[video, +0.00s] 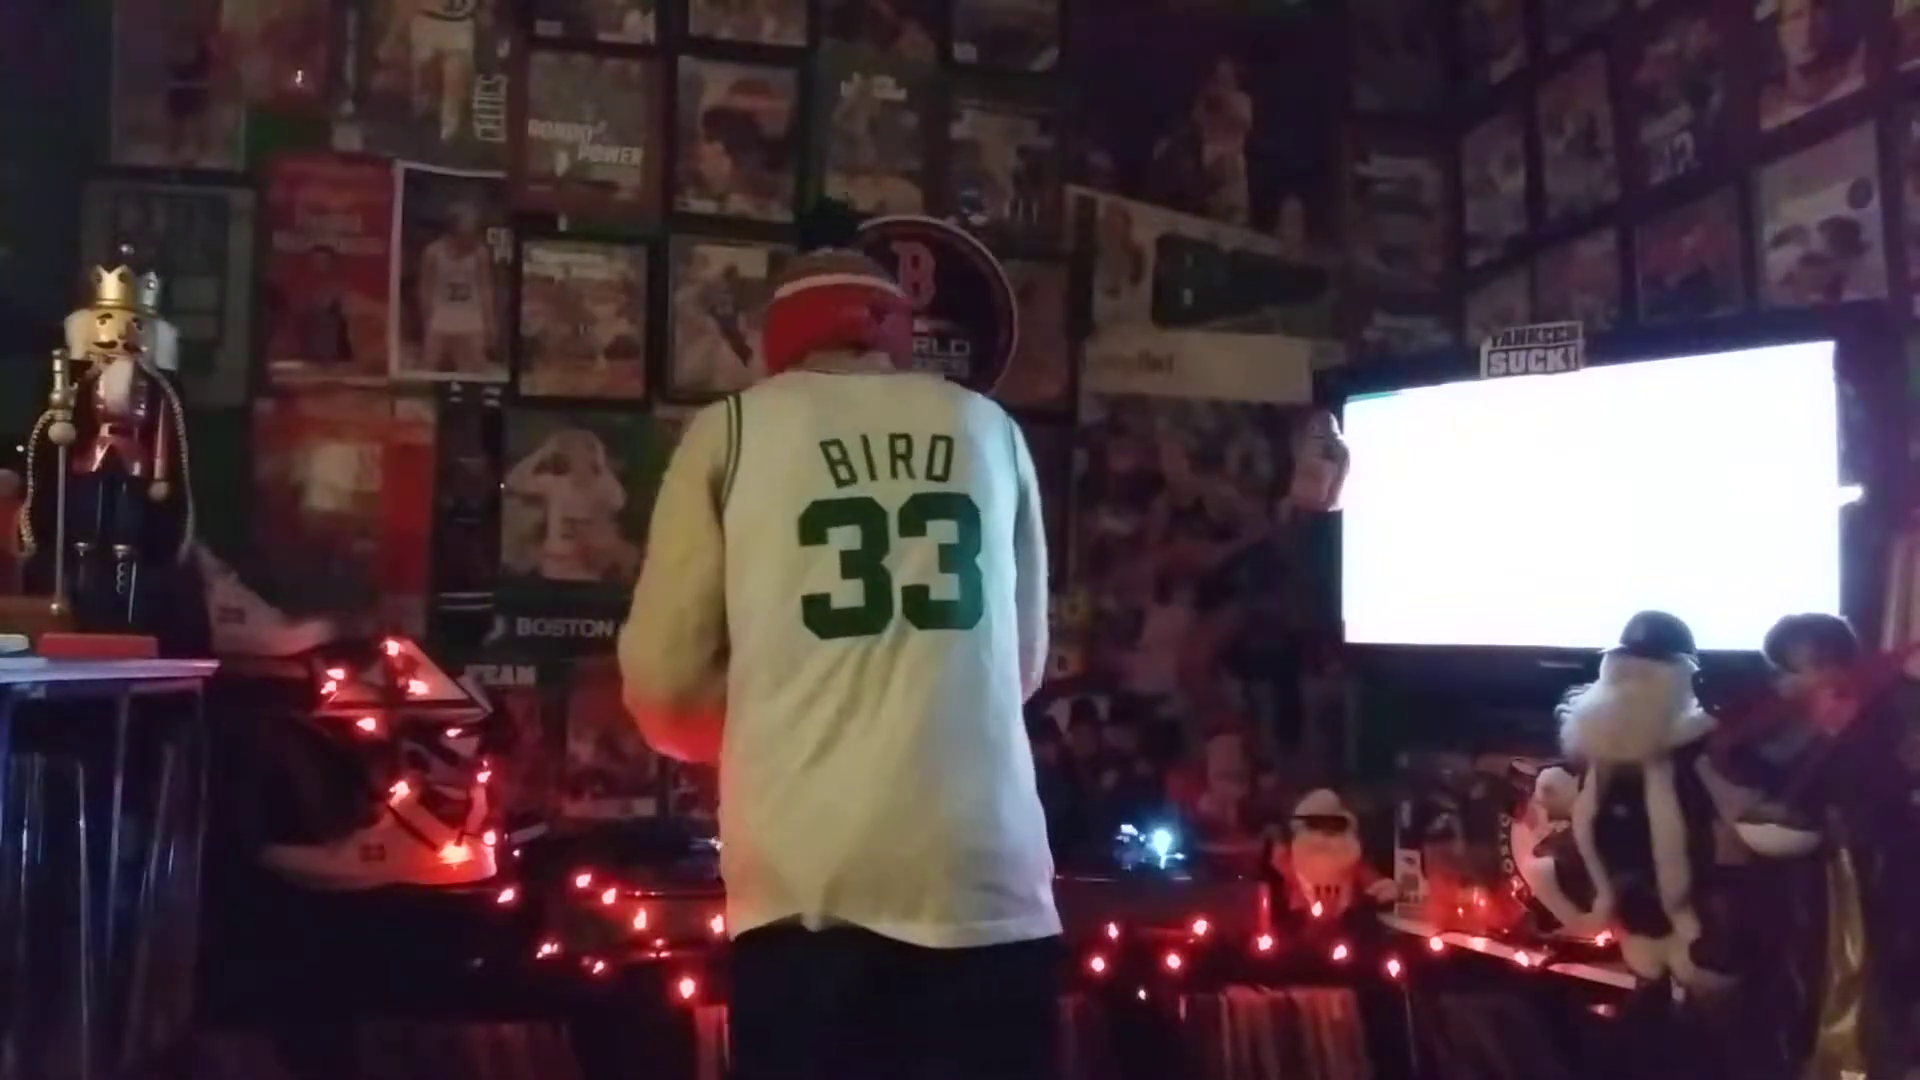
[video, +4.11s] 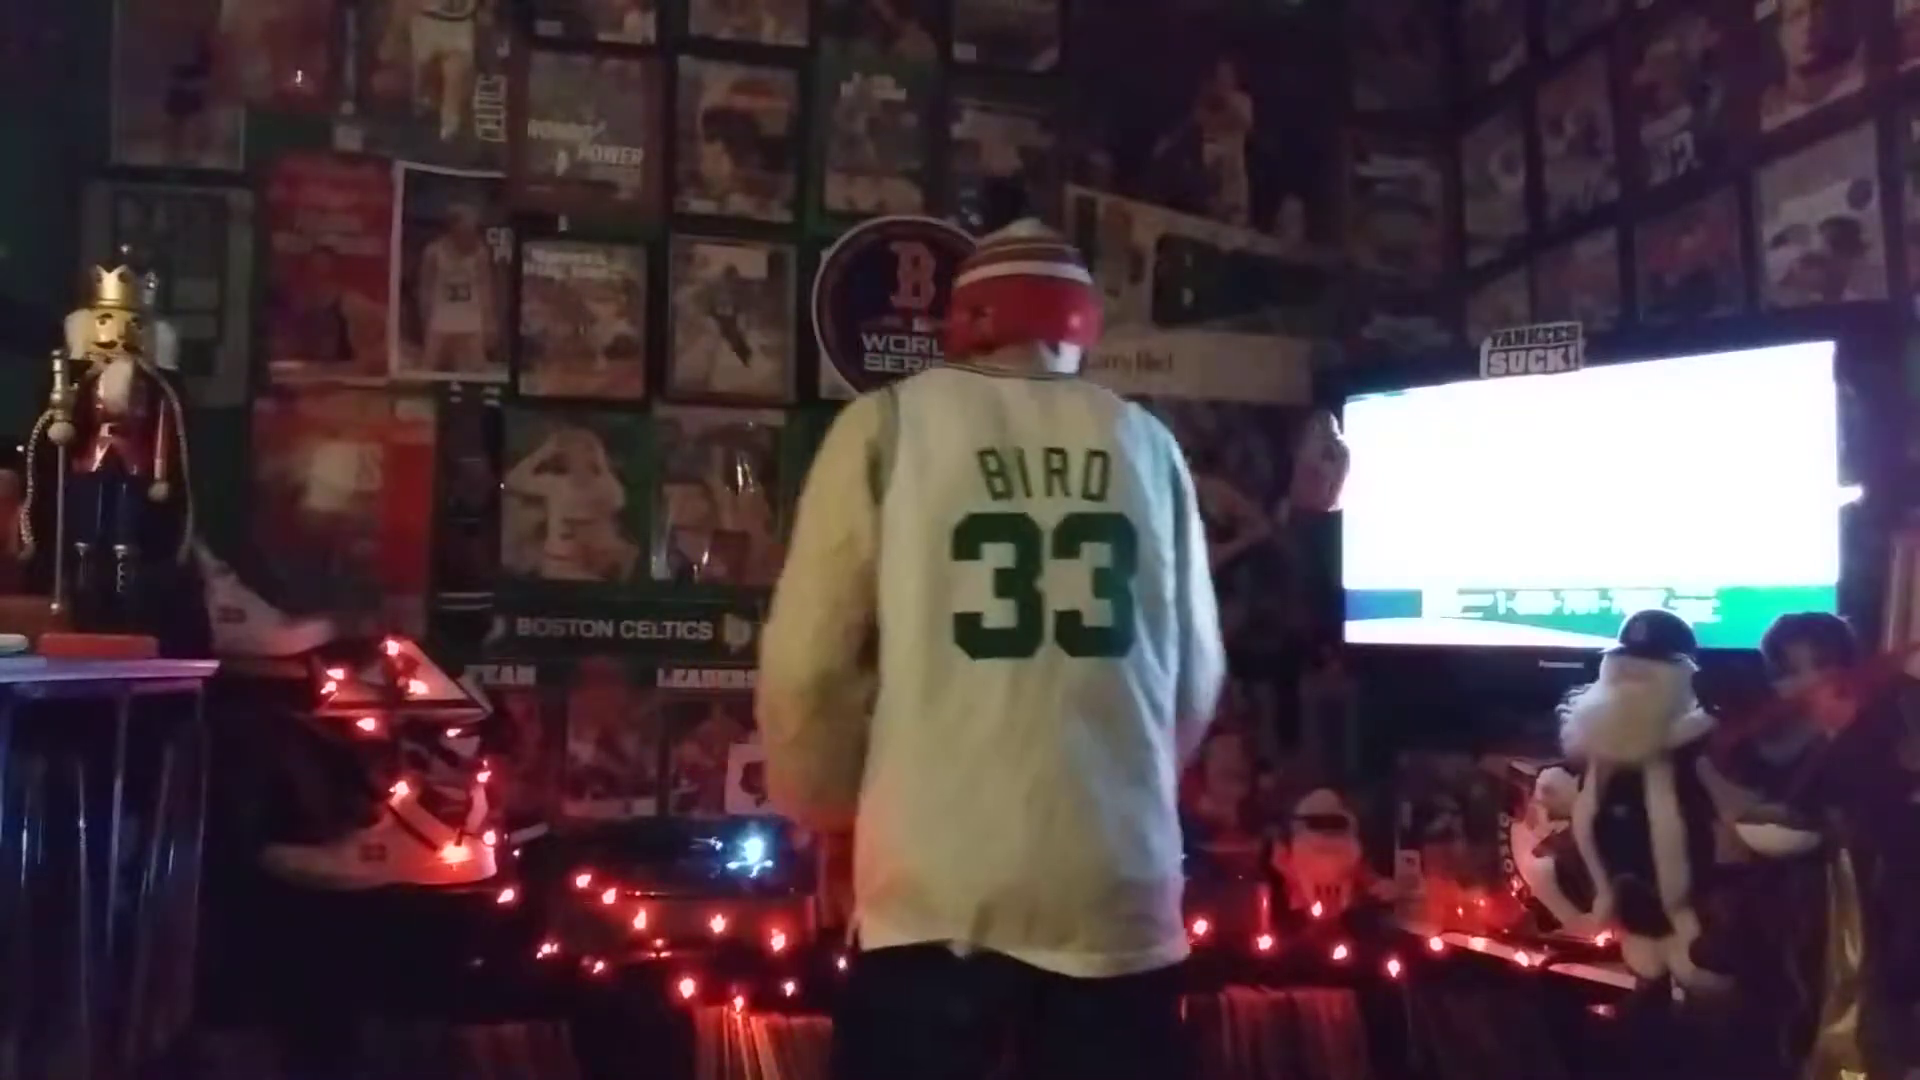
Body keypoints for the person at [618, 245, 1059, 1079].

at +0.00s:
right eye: (897, 323)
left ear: (774, 341)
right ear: (891, 332)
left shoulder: (727, 430)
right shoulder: (994, 429)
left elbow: (662, 685)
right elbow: (1024, 663)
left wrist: (776, 736)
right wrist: (910, 719)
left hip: (800, 892)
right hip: (989, 890)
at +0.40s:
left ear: (850, 317)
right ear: (987, 321)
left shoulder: (796, 424)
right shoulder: (1063, 426)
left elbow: (725, 684)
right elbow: (1129, 666)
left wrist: (830, 741)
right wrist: (1028, 751)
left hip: (847, 909)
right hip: (1032, 911)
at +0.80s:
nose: (940, 317)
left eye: (947, 302)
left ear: (960, 312)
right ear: (1074, 324)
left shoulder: (881, 421)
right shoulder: (1155, 429)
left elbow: (803, 672)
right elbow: (1228, 667)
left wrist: (907, 749)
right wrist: (1134, 781)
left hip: (912, 913)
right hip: (1103, 918)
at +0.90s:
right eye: (1099, 316)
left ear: (974, 320)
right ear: (1091, 326)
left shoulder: (902, 422)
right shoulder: (1173, 431)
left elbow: (821, 674)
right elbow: (1240, 674)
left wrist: (931, 750)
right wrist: (1151, 780)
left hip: (933, 899)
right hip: (1120, 904)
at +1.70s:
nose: (969, 366)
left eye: (974, 355)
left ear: (986, 350)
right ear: (1104, 370)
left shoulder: (946, 408)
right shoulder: (1187, 454)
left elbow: (866, 661)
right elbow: (1186, 653)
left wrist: (928, 765)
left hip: (976, 892)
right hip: (1153, 909)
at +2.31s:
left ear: (862, 348)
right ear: (995, 351)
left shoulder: (817, 422)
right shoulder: (1077, 448)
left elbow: (749, 672)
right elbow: (1101, 662)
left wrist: (858, 765)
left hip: (879, 877)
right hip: (1068, 884)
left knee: (869, 1060)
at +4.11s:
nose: (943, 333)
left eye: (952, 314)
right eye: (950, 313)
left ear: (973, 318)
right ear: (1083, 336)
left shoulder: (883, 425)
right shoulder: (1151, 443)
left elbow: (802, 664)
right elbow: (1197, 676)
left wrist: (840, 821)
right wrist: (1122, 792)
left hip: (931, 880)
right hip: (1118, 888)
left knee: (915, 1064)